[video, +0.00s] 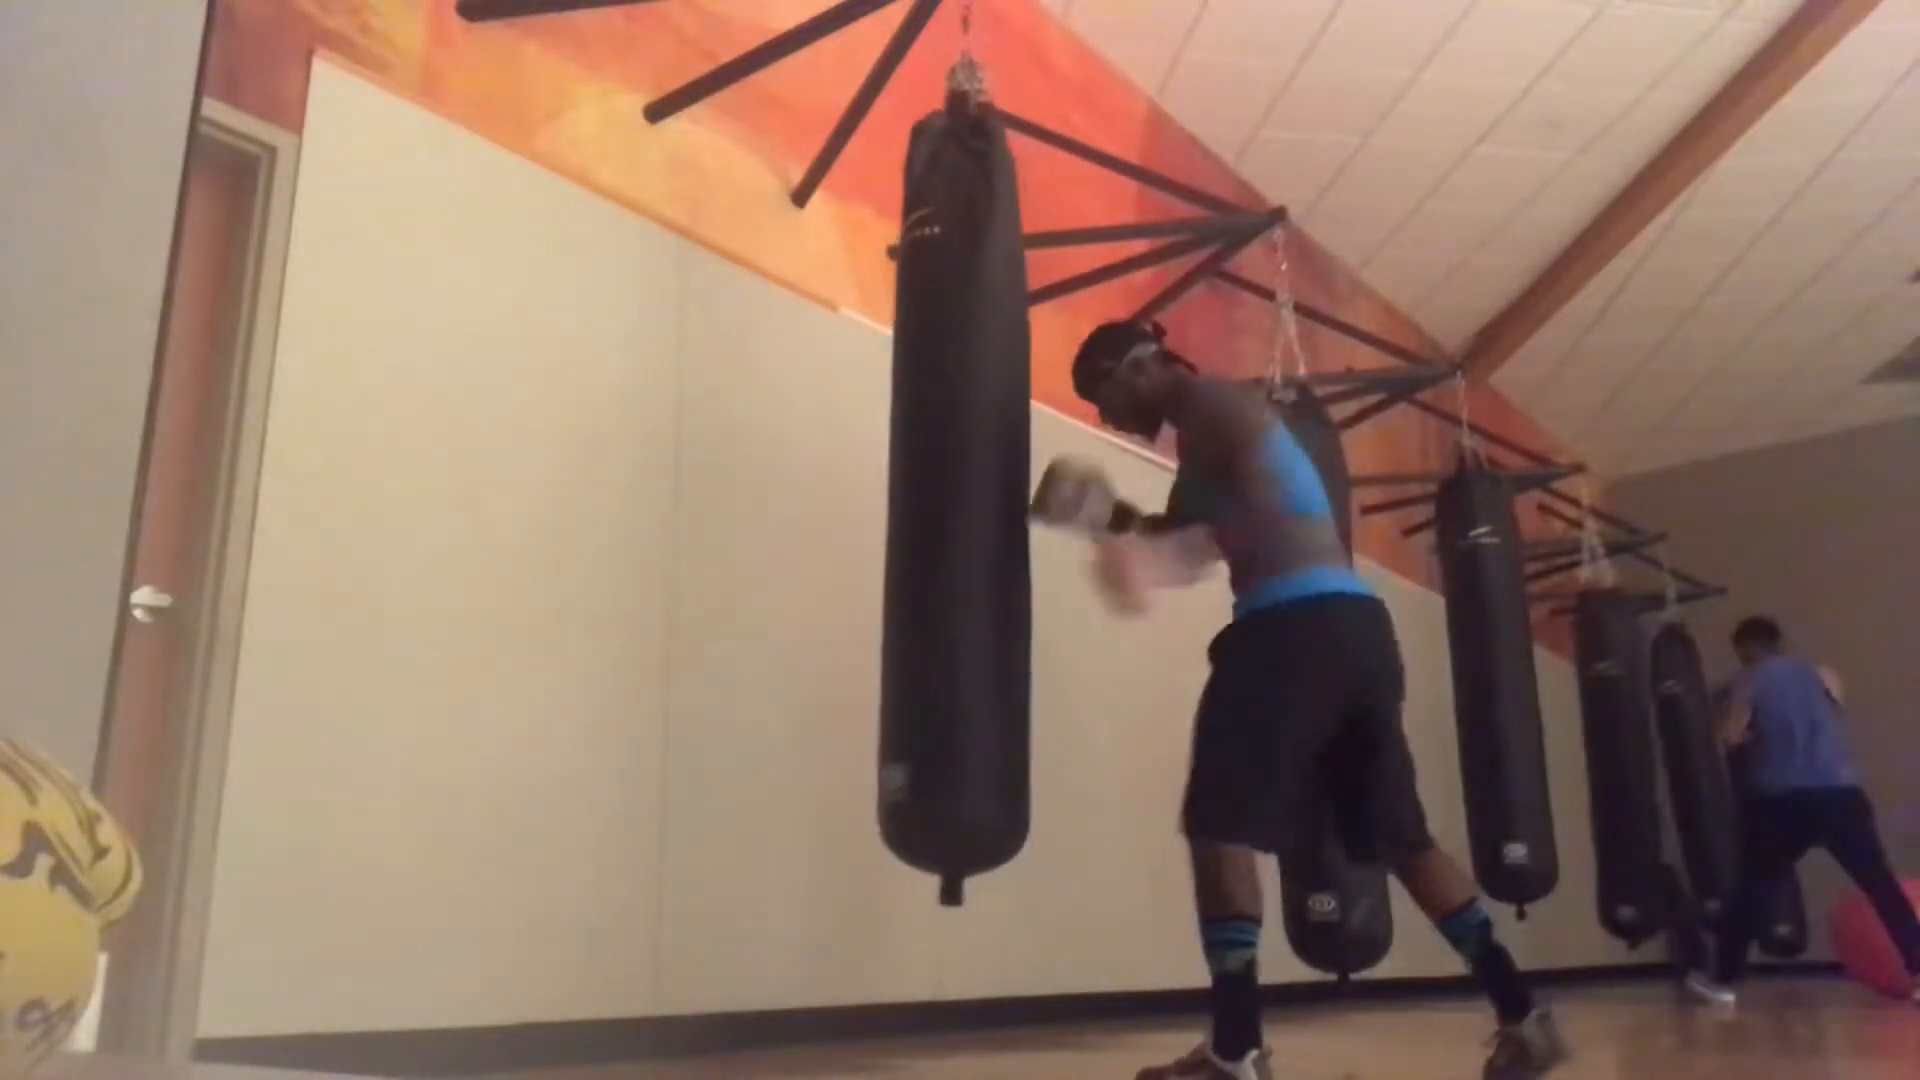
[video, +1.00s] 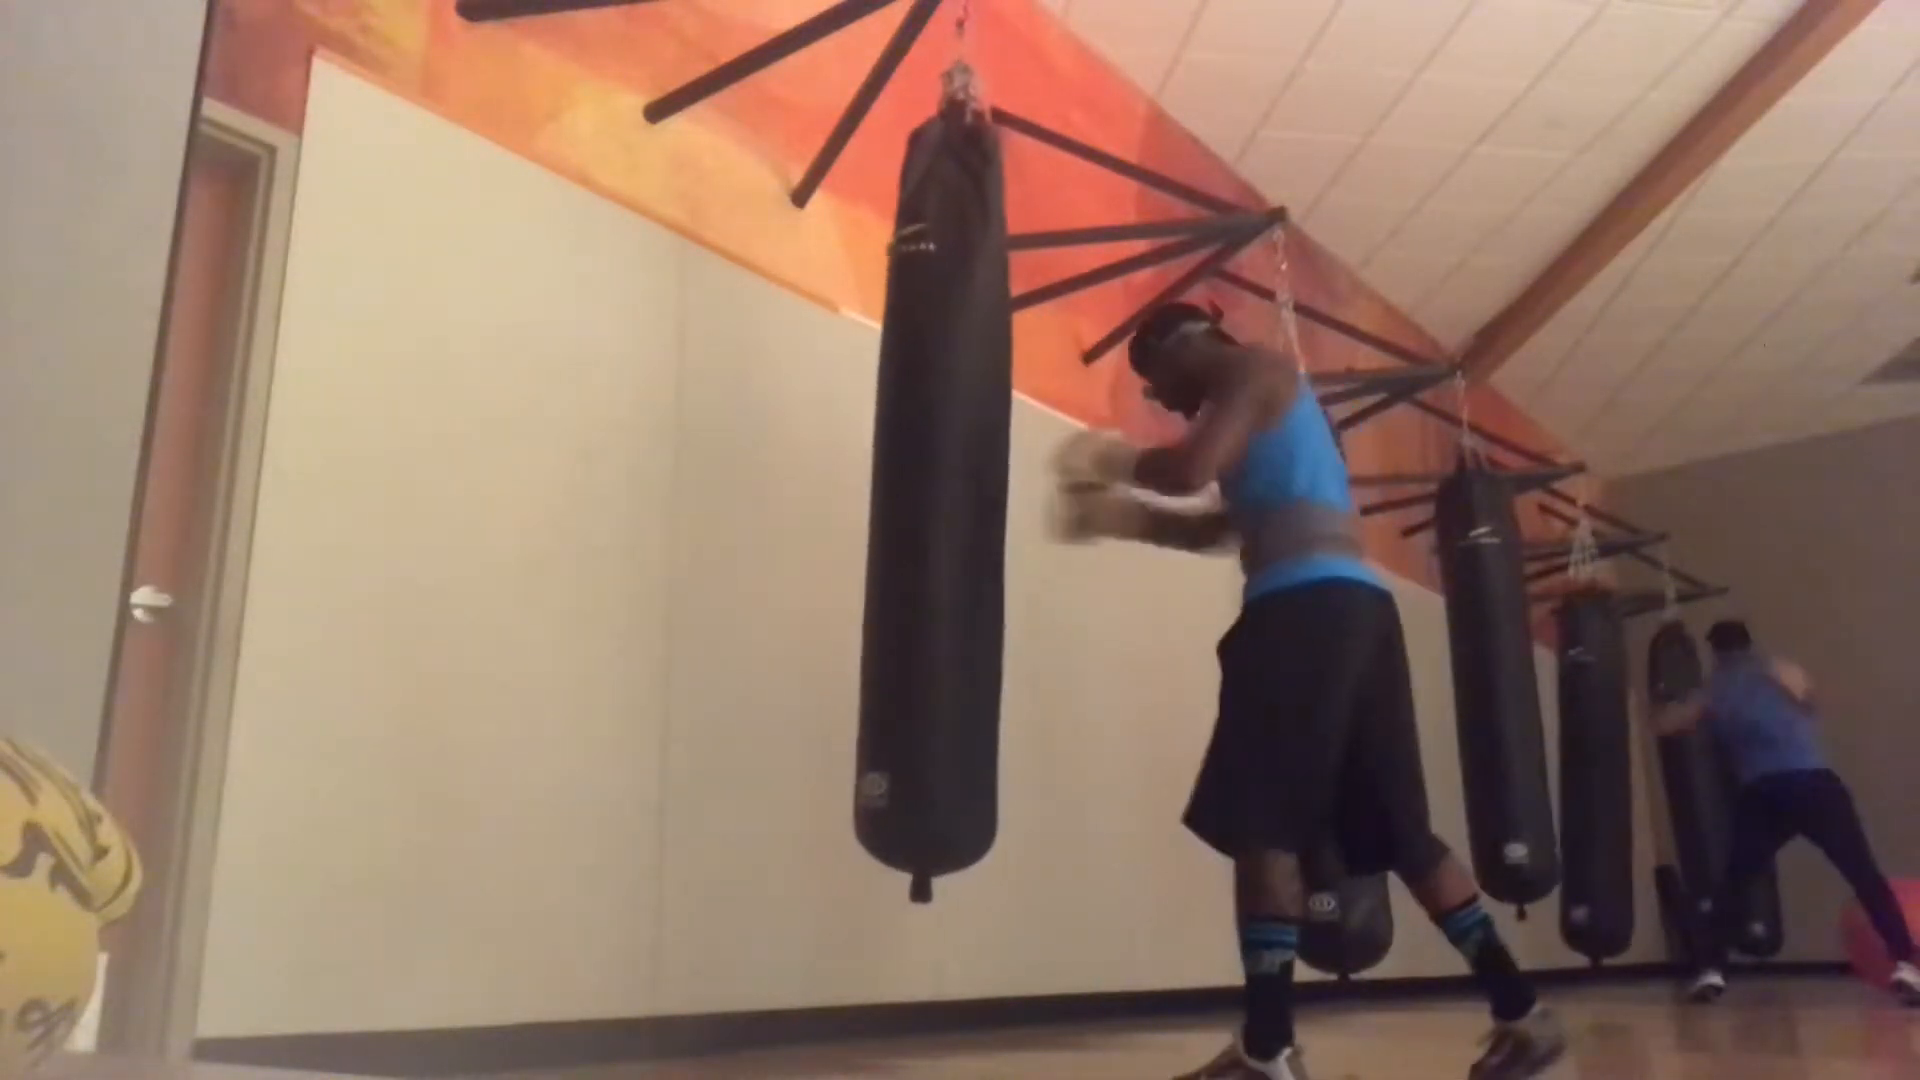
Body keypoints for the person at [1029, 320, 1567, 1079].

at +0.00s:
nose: (1112, 418)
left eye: (1108, 396)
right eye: (1102, 406)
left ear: (1146, 359)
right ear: (1153, 360)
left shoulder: (1210, 406)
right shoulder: (1242, 414)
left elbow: (1202, 531)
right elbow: (1199, 542)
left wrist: (1115, 520)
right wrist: (1120, 537)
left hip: (1281, 642)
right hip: (1358, 634)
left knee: (1219, 830)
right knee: (1402, 836)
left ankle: (1235, 1048)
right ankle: (1522, 1015)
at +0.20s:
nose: (1136, 423)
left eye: (1134, 406)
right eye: (1131, 409)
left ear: (1150, 383)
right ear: (1195, 362)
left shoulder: (1188, 420)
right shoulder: (1295, 399)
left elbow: (1108, 466)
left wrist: (1019, 475)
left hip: (1270, 639)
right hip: (1366, 632)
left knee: (1236, 842)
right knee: (1434, 820)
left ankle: (1234, 1047)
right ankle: (1524, 1020)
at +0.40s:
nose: (1182, 423)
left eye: (1176, 406)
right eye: (1175, 412)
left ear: (1192, 375)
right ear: (1230, 354)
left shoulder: (1231, 394)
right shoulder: (1326, 403)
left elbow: (1229, 478)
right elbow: (1290, 512)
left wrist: (1167, 483)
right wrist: (1196, 496)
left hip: (1284, 628)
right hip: (1375, 627)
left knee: (1242, 834)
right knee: (1417, 832)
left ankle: (1234, 1045)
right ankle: (1511, 1032)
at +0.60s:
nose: (1201, 408)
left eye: (1200, 392)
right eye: (1197, 399)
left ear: (1222, 361)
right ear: (1259, 345)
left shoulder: (1262, 387)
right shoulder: (1347, 408)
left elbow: (1254, 476)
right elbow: (1307, 513)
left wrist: (1185, 482)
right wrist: (1218, 460)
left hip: (1310, 630)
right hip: (1401, 627)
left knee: (1236, 819)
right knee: (1429, 831)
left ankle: (1231, 1032)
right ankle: (1515, 1035)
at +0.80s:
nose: (1183, 397)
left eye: (1182, 382)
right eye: (1178, 386)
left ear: (1207, 353)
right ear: (1245, 341)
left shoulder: (1231, 376)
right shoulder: (1334, 407)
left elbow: (1119, 439)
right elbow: (1319, 509)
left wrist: (1019, 456)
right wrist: (1226, 503)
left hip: (1293, 626)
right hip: (1382, 625)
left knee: (1236, 827)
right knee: (1419, 831)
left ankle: (1262, 1043)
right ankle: (1513, 1032)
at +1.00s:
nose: (1166, 400)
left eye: (1161, 380)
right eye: (1157, 390)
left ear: (1190, 336)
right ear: (1208, 332)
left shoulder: (1256, 367)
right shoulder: (1280, 407)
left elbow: (1188, 465)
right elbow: (1218, 531)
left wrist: (1115, 457)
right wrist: (1122, 515)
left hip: (1299, 618)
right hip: (1362, 616)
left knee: (1262, 827)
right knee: (1398, 826)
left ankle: (1266, 1046)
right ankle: (1521, 1012)